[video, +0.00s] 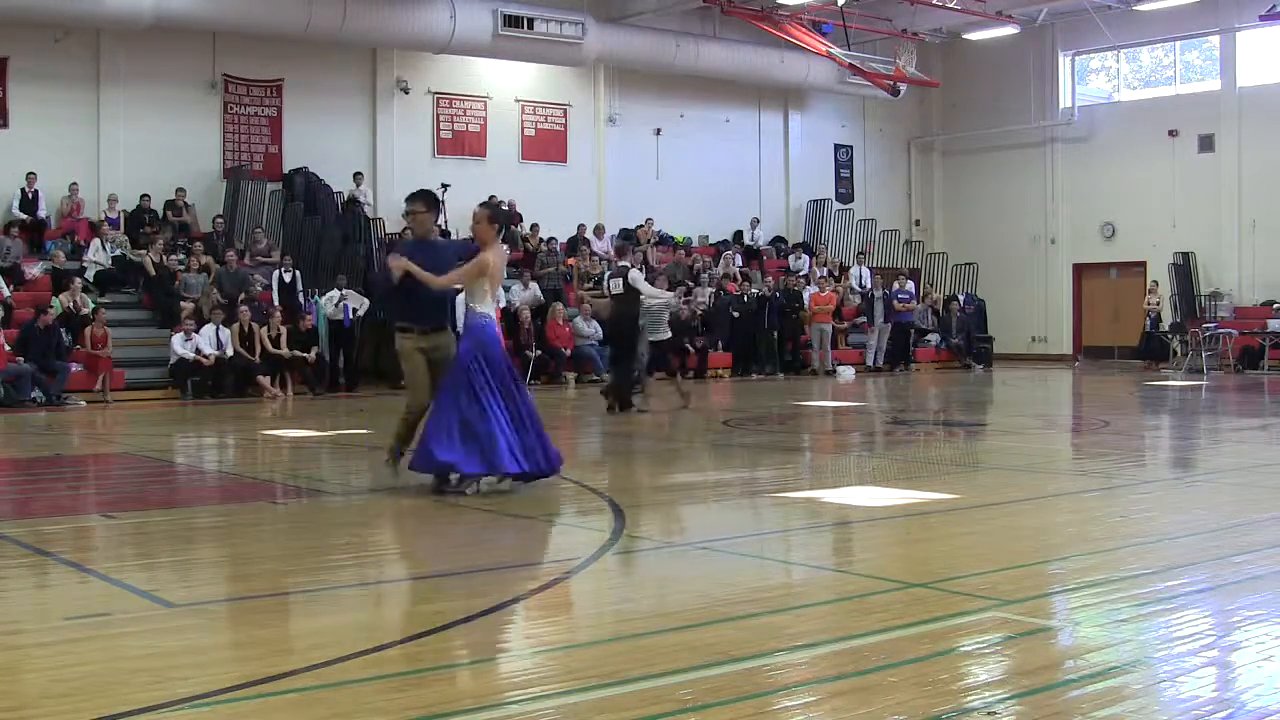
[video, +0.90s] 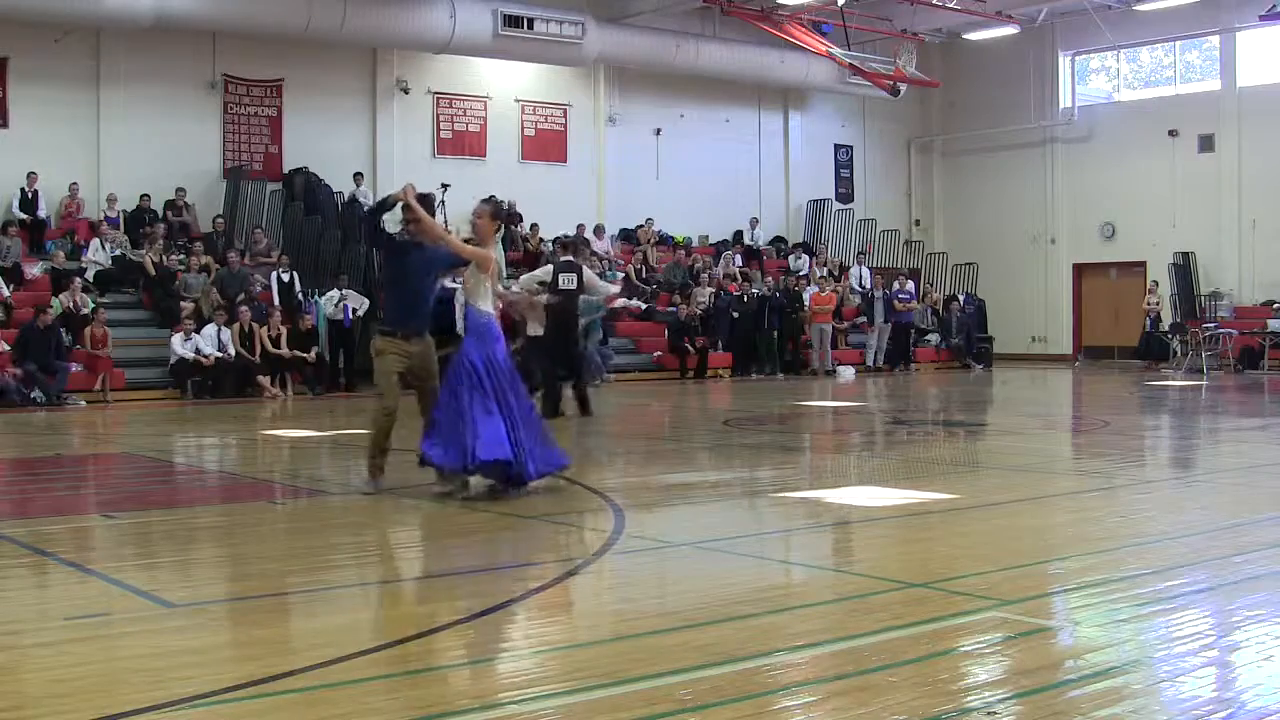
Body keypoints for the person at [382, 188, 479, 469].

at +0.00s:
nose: (410, 220)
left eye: (416, 214)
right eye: (408, 214)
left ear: (434, 216)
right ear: (407, 217)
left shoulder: (452, 249)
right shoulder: (400, 251)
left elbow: (485, 251)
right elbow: (382, 288)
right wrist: (394, 271)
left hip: (442, 334)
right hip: (408, 336)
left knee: (449, 401)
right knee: (420, 401)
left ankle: (444, 467)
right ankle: (397, 449)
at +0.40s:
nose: (434, 221)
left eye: (439, 214)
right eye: (428, 215)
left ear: (452, 214)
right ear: (422, 217)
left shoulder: (461, 246)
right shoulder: (416, 244)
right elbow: (396, 247)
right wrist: (401, 227)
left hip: (451, 333)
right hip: (419, 333)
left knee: (454, 399)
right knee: (428, 404)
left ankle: (455, 463)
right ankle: (432, 464)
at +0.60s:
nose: (432, 223)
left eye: (437, 216)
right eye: (427, 217)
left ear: (448, 218)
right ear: (421, 218)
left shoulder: (457, 249)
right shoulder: (411, 245)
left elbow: (484, 251)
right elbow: (385, 228)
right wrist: (398, 203)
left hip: (447, 335)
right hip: (415, 334)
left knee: (450, 403)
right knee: (413, 401)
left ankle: (447, 463)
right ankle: (394, 454)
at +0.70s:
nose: (423, 223)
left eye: (428, 218)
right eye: (419, 218)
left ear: (443, 220)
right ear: (415, 220)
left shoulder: (454, 250)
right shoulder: (406, 244)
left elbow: (483, 250)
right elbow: (380, 222)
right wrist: (401, 197)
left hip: (441, 338)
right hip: (407, 337)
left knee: (446, 406)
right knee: (398, 402)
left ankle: (446, 467)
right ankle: (376, 463)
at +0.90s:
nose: (408, 227)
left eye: (415, 221)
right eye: (406, 221)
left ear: (430, 223)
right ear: (403, 222)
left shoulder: (439, 255)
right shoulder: (392, 246)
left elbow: (468, 257)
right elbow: (371, 222)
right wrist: (395, 199)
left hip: (422, 342)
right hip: (390, 341)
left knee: (433, 407)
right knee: (388, 407)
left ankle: (444, 470)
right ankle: (375, 472)